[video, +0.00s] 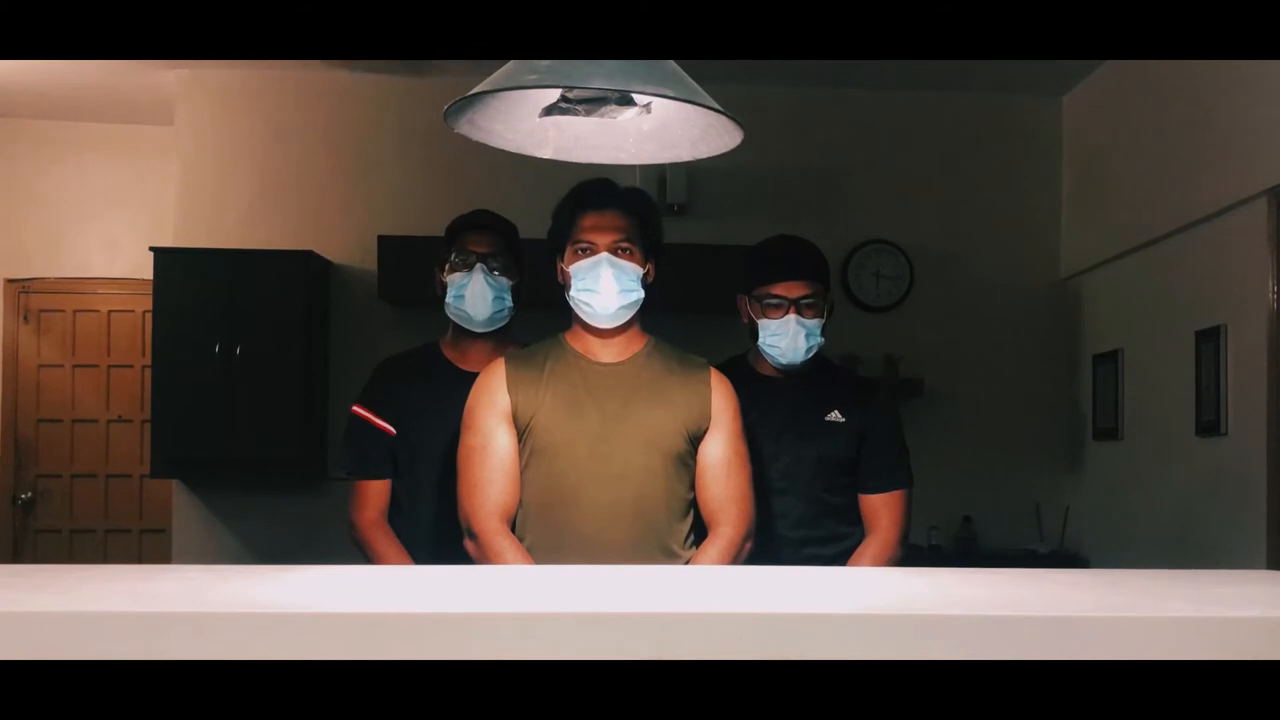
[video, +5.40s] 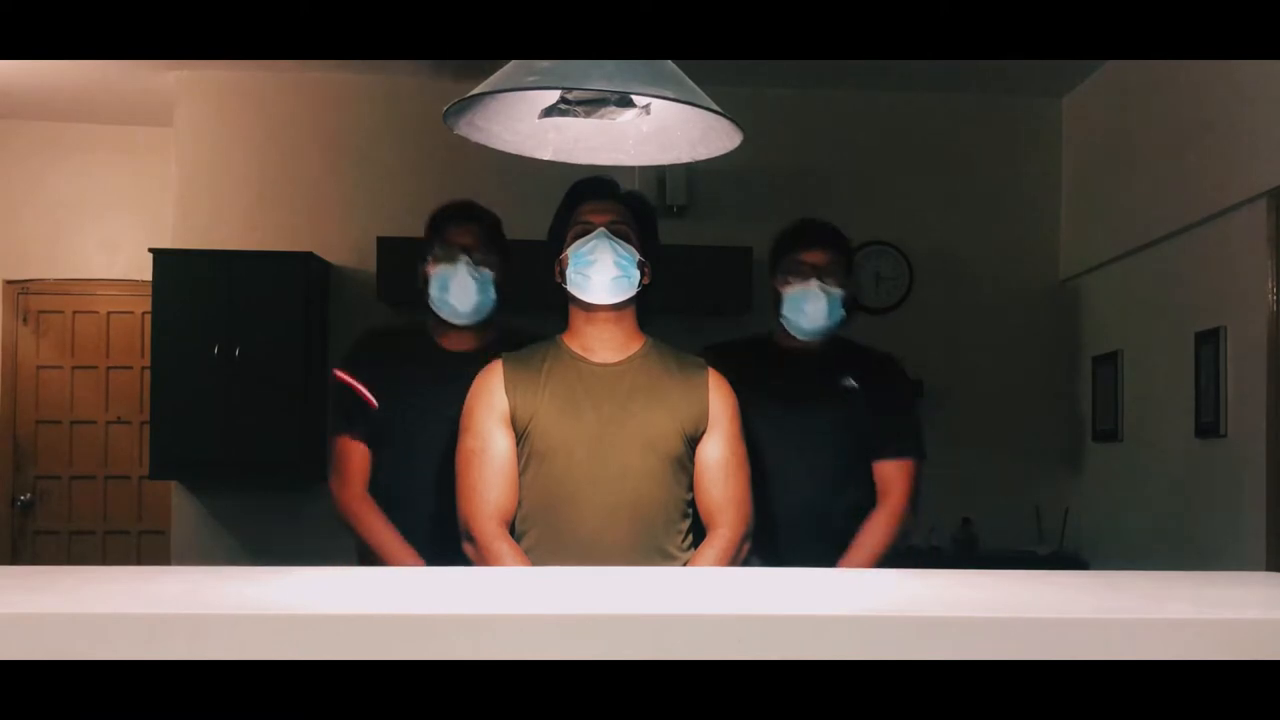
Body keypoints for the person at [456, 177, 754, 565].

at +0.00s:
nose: (603, 266)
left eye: (622, 251)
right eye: (585, 251)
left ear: (647, 270)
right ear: (562, 269)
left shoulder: (706, 389)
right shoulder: (505, 382)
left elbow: (732, 531)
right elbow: (484, 529)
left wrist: (668, 616)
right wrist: (551, 615)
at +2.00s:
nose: (603, 239)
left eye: (621, 231)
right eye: (585, 230)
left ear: (646, 267)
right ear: (562, 261)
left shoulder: (704, 388)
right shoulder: (502, 381)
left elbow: (731, 531)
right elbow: (483, 531)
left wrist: (667, 615)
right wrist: (552, 615)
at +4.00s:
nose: (600, 244)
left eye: (618, 235)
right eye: (582, 235)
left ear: (644, 268)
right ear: (559, 265)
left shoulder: (703, 389)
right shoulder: (501, 384)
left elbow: (729, 531)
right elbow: (484, 532)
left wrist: (667, 616)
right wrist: (551, 617)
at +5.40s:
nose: (601, 243)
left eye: (619, 235)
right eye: (583, 234)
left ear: (644, 268)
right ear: (560, 266)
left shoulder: (704, 389)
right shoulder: (502, 383)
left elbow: (729, 531)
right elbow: (485, 533)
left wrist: (667, 616)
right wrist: (550, 622)